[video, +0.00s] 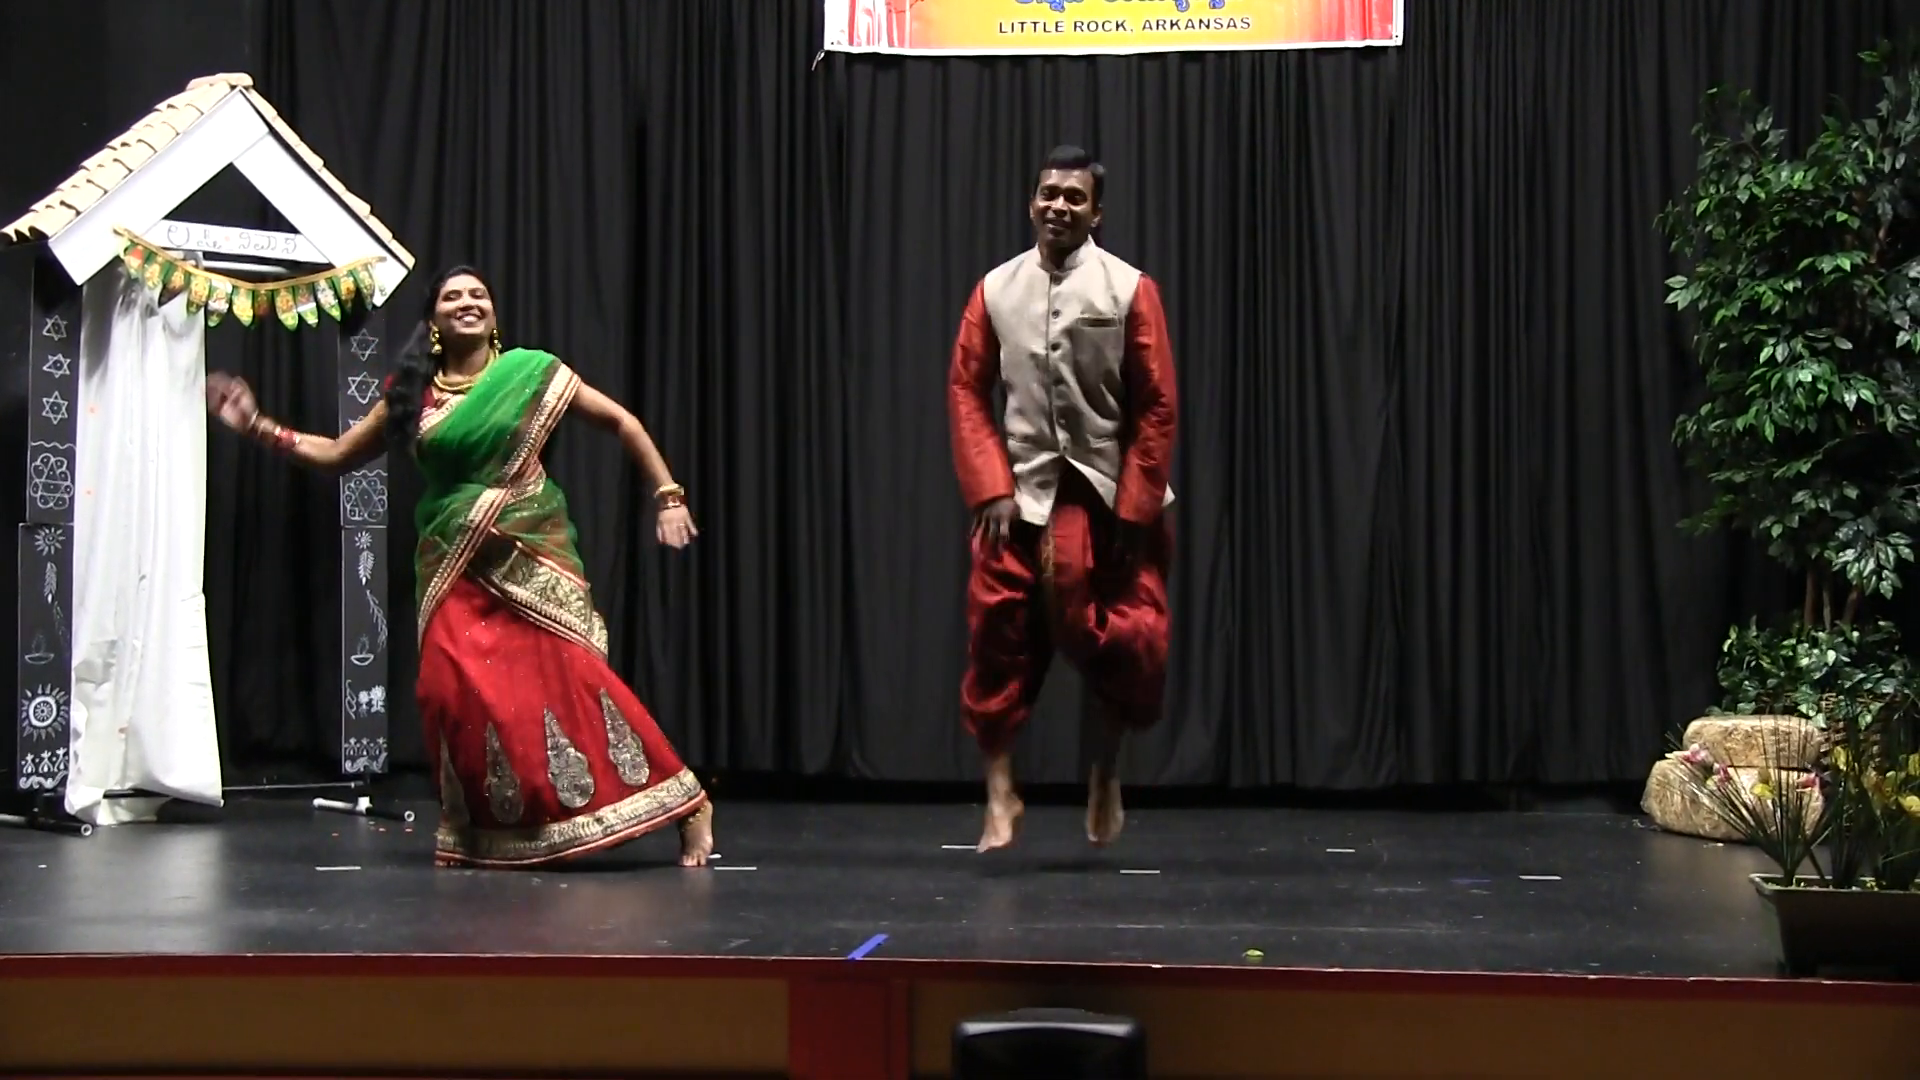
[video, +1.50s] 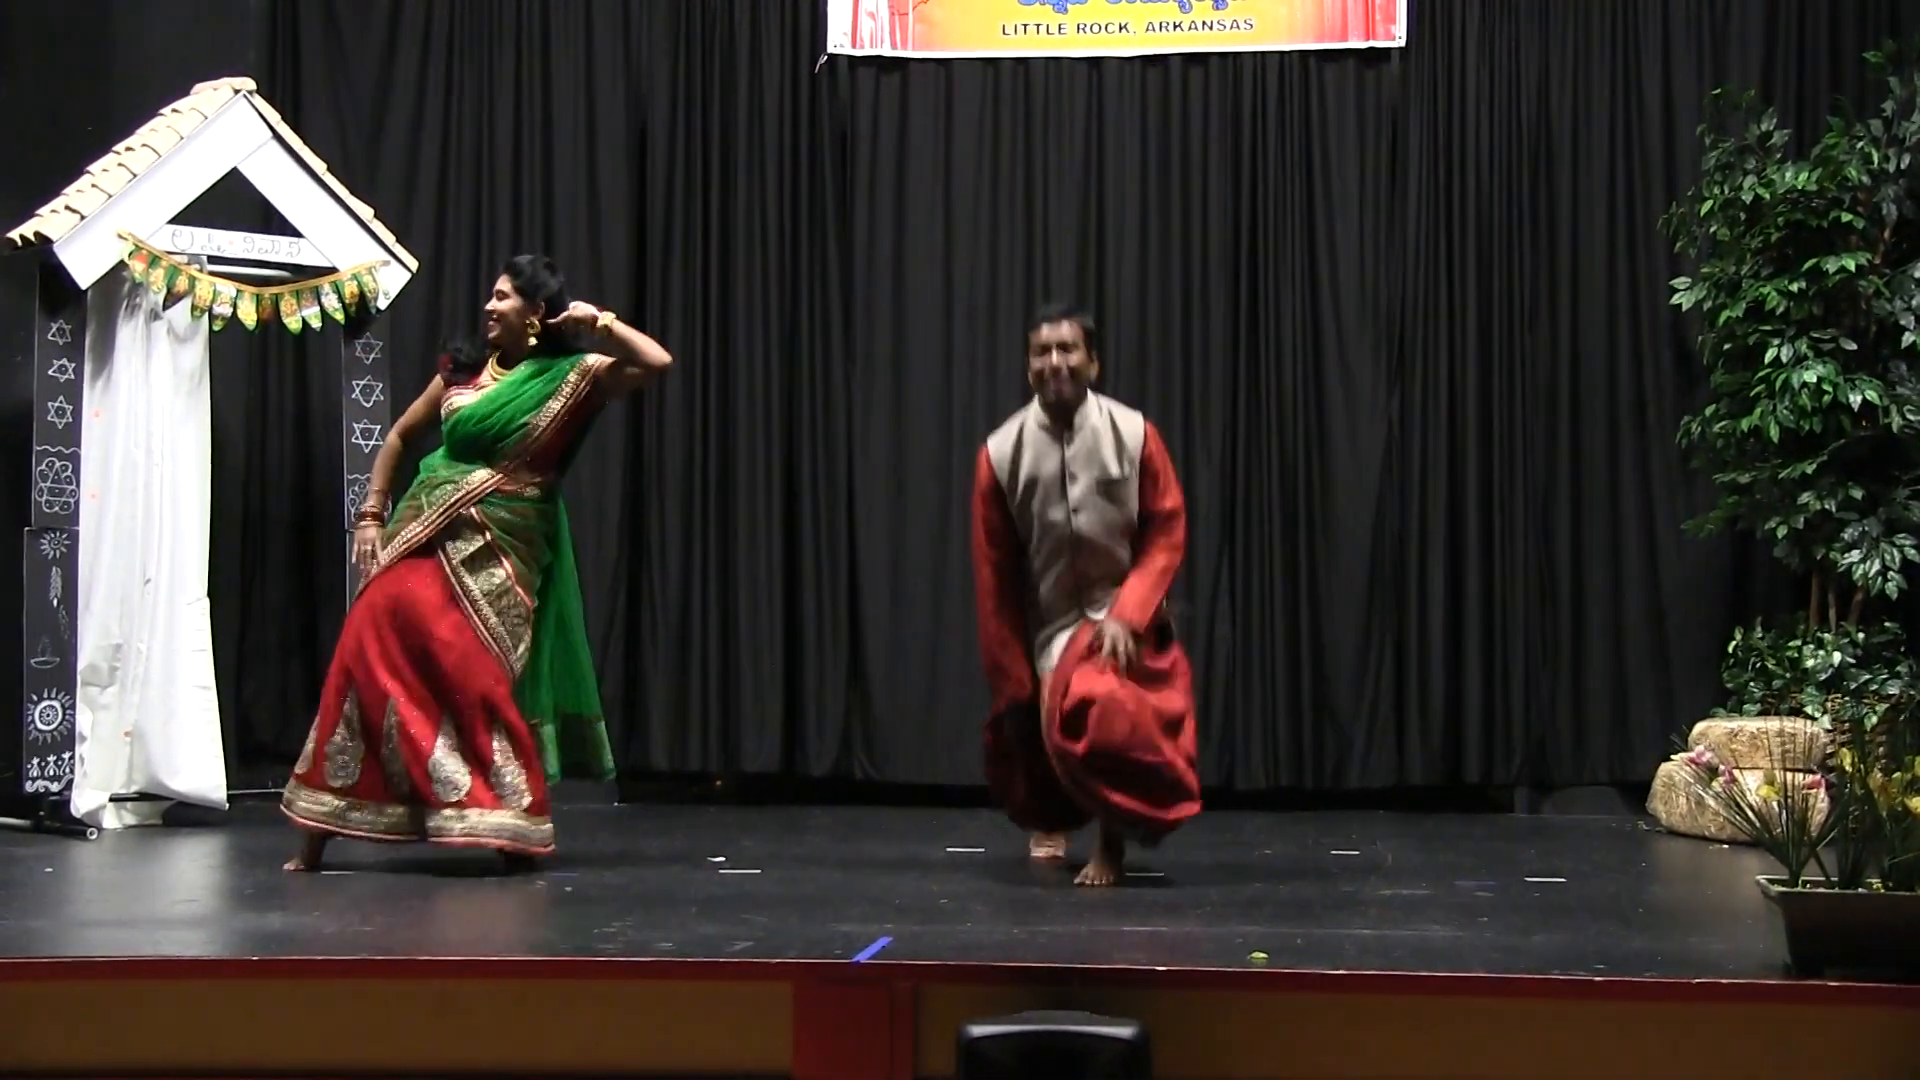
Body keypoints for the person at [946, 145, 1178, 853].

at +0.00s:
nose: (1057, 205)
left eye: (1072, 196)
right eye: (1047, 194)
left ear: (1095, 210)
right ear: (1032, 204)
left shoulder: (1129, 291)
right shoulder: (997, 289)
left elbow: (1158, 404)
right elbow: (966, 391)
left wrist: (1139, 502)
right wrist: (988, 483)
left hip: (1103, 485)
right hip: (1015, 483)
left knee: (1126, 634)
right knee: (995, 624)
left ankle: (1105, 775)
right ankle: (999, 794)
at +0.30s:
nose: (1062, 379)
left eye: (1076, 366)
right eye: (1051, 367)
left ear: (1102, 377)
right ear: (1038, 377)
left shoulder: (1130, 468)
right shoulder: (998, 449)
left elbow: (1143, 584)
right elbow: (956, 551)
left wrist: (1124, 684)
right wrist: (1009, 620)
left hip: (1086, 627)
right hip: (1009, 621)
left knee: (1101, 720)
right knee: (980, 736)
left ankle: (1117, 817)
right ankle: (1004, 849)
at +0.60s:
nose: (1065, 452)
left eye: (1079, 441)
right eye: (1053, 441)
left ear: (1103, 455)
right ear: (1038, 453)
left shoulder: (1124, 542)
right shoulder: (990, 516)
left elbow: (1135, 661)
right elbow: (952, 605)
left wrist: (1118, 769)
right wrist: (1006, 640)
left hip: (1080, 701)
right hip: (1002, 687)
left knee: (1113, 837)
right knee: (1016, 676)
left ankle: (1124, 838)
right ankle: (1005, 849)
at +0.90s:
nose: (1033, 347)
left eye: (1046, 337)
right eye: (1022, 336)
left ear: (1065, 353)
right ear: (1004, 351)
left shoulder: (1103, 434)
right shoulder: (973, 438)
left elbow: (1126, 546)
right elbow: (959, 547)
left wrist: (1124, 647)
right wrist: (993, 631)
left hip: (1078, 608)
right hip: (1003, 608)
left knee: (1085, 697)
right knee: (1002, 688)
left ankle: (1114, 816)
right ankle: (1002, 849)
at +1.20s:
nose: (1052, 188)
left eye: (1065, 179)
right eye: (1041, 179)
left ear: (1088, 195)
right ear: (1024, 194)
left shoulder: (1122, 278)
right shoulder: (986, 279)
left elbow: (1155, 380)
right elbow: (967, 391)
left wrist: (1128, 467)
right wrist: (989, 488)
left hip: (1103, 483)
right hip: (1016, 484)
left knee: (1119, 645)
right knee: (1020, 649)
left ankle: (1116, 805)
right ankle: (1042, 799)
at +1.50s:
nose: (1056, 362)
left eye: (1068, 349)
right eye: (1044, 351)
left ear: (1092, 359)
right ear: (1029, 365)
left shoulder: (1134, 436)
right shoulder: (1002, 452)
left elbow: (1166, 533)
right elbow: (994, 569)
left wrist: (1128, 613)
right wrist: (1009, 670)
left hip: (1126, 604)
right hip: (1050, 614)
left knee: (1111, 706)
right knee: (1057, 710)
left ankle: (1110, 846)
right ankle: (1048, 817)